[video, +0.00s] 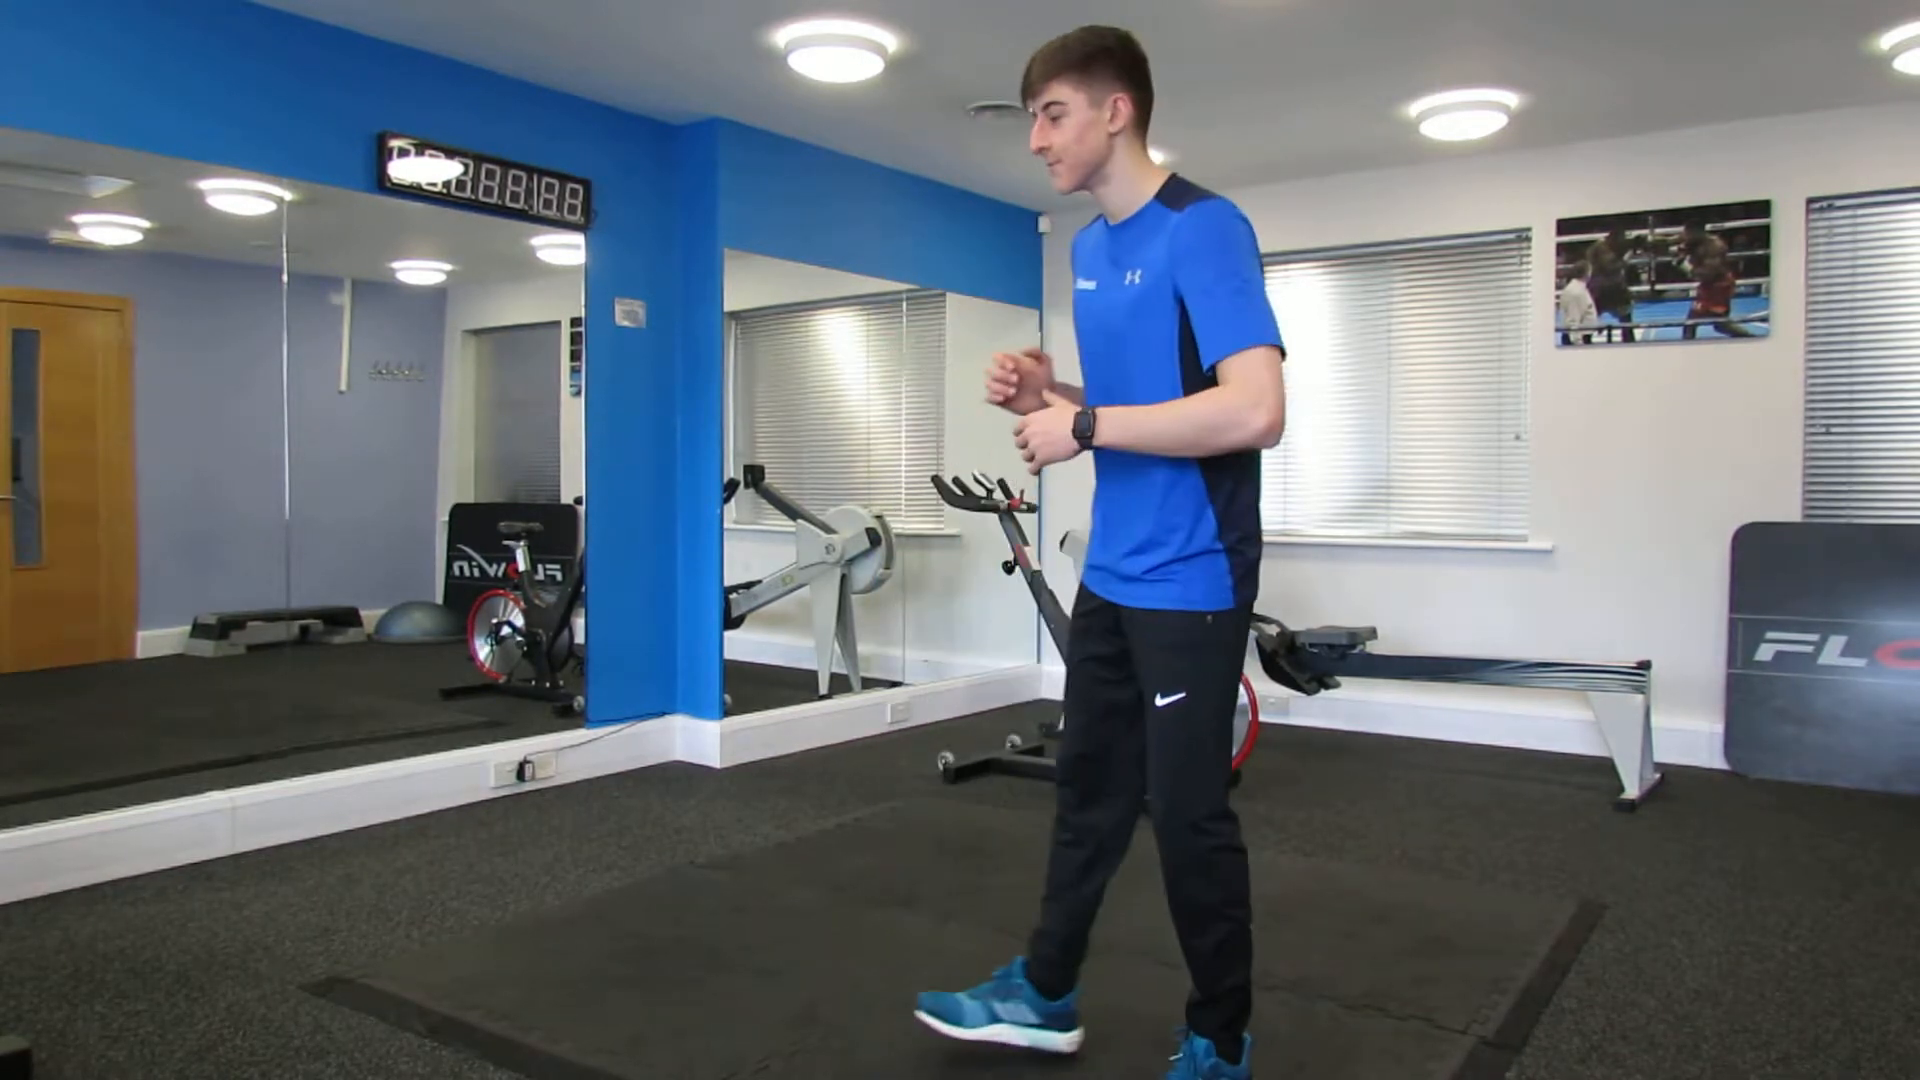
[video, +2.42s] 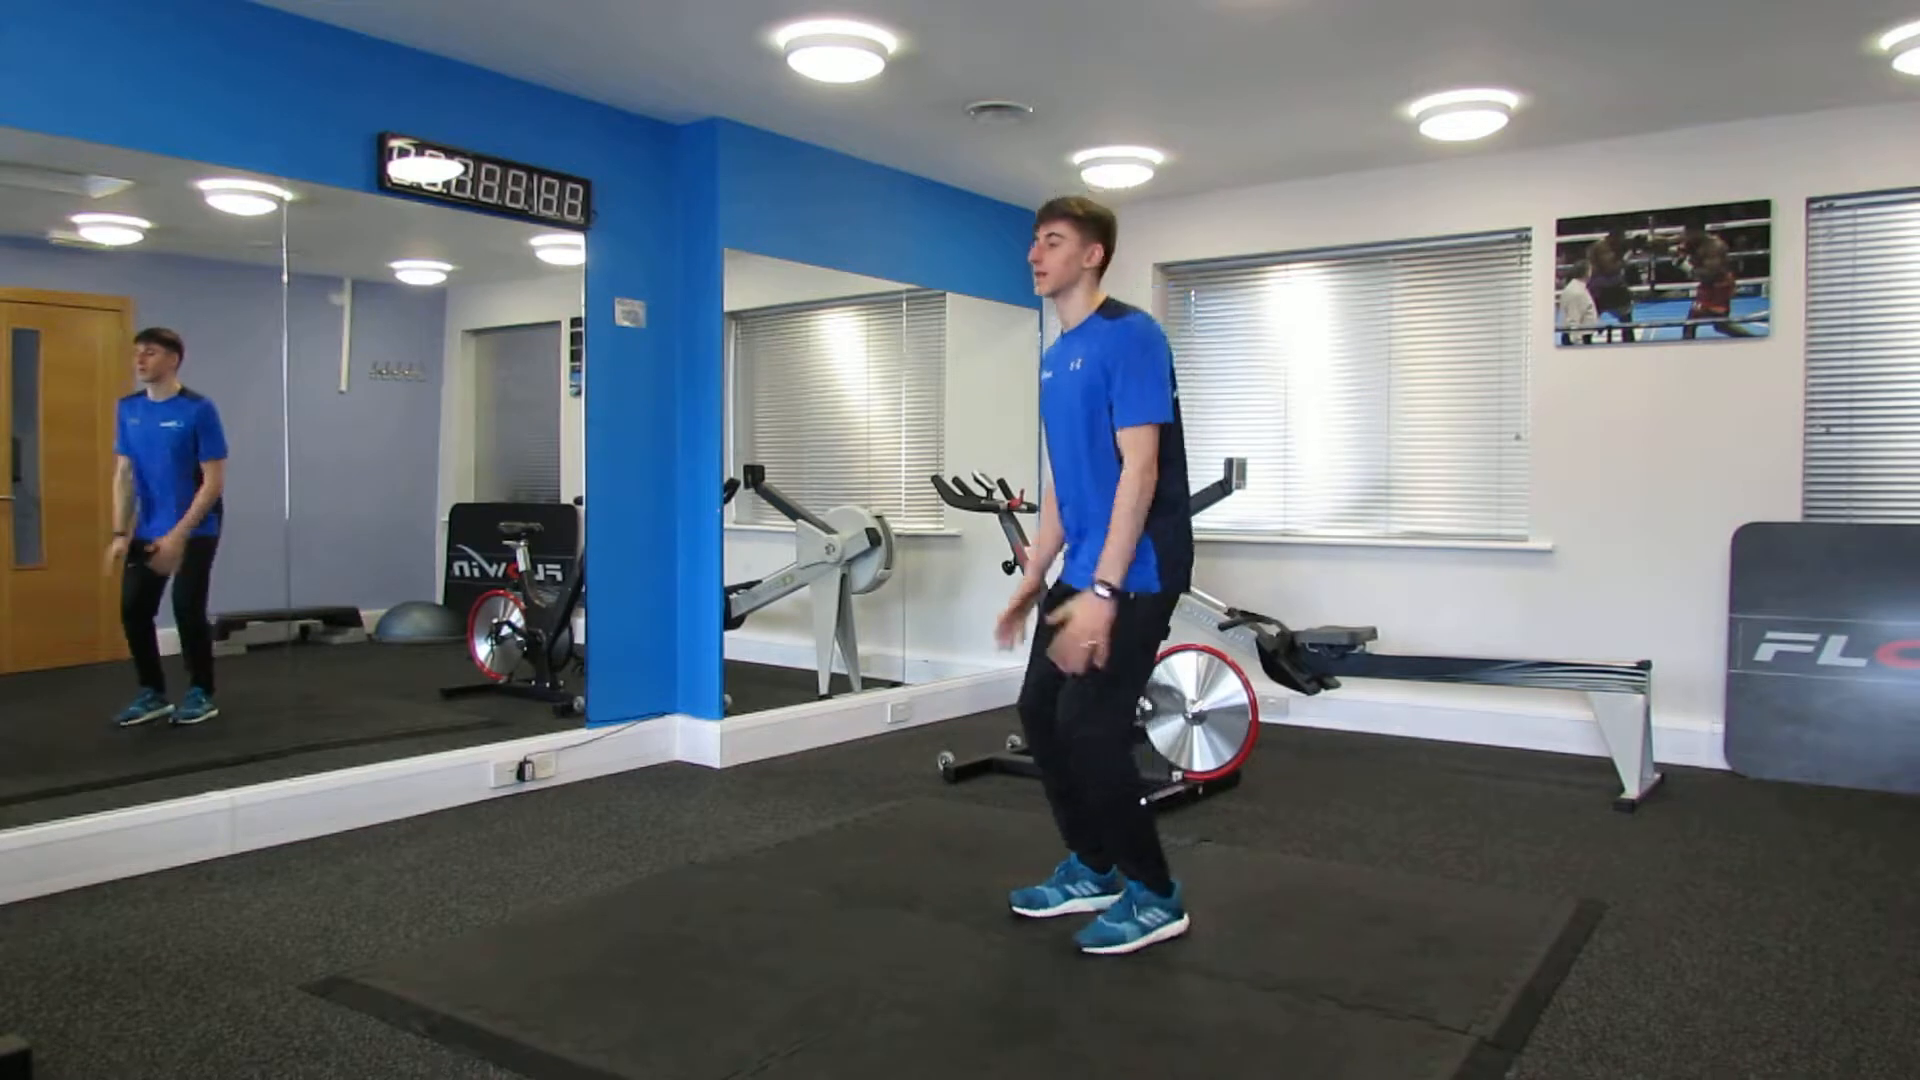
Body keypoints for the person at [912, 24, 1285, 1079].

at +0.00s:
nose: (1037, 139)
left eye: (1052, 113)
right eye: (1033, 120)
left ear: (1119, 110)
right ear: (1089, 123)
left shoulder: (1205, 228)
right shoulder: (1093, 247)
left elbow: (1255, 408)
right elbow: (1133, 400)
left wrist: (1088, 429)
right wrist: (1053, 389)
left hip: (1194, 583)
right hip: (1110, 574)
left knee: (1192, 815)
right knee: (1090, 792)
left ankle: (1219, 1039)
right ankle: (1044, 990)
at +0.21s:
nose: (1078, 147)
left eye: (1093, 122)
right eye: (1072, 129)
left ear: (1159, 116)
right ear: (1101, 134)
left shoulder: (1235, 231)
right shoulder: (1122, 251)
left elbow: (1250, 419)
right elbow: (1143, 405)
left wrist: (1093, 410)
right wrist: (1083, 373)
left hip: (1219, 580)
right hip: (1138, 570)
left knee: (1211, 812)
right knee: (1125, 759)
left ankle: (1228, 1041)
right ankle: (1186, 948)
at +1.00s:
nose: (1187, 196)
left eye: (1203, 182)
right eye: (1171, 183)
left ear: (1230, 196)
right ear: (1150, 200)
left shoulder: (1283, 280)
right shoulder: (1133, 318)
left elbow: (1342, 412)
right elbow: (1122, 460)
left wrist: (1215, 408)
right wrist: (1154, 414)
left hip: (1262, 560)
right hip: (1171, 566)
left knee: (1268, 751)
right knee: (1194, 757)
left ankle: (1308, 911)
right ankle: (1238, 935)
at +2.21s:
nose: (1060, 233)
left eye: (1076, 219)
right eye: (1056, 223)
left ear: (1118, 230)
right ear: (1056, 238)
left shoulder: (1159, 307)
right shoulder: (1062, 327)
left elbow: (1191, 429)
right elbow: (1071, 421)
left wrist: (1077, 453)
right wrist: (1035, 451)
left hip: (1160, 548)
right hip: (1096, 548)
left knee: (1145, 709)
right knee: (1085, 708)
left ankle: (1179, 880)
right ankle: (1096, 867)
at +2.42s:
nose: (1035, 254)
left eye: (1052, 242)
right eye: (1034, 243)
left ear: (1095, 256)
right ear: (1044, 261)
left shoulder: (1132, 336)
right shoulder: (1057, 356)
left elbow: (1141, 471)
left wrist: (1104, 590)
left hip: (1137, 571)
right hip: (1083, 568)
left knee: (1093, 725)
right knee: (1042, 712)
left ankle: (1156, 894)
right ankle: (1095, 866)